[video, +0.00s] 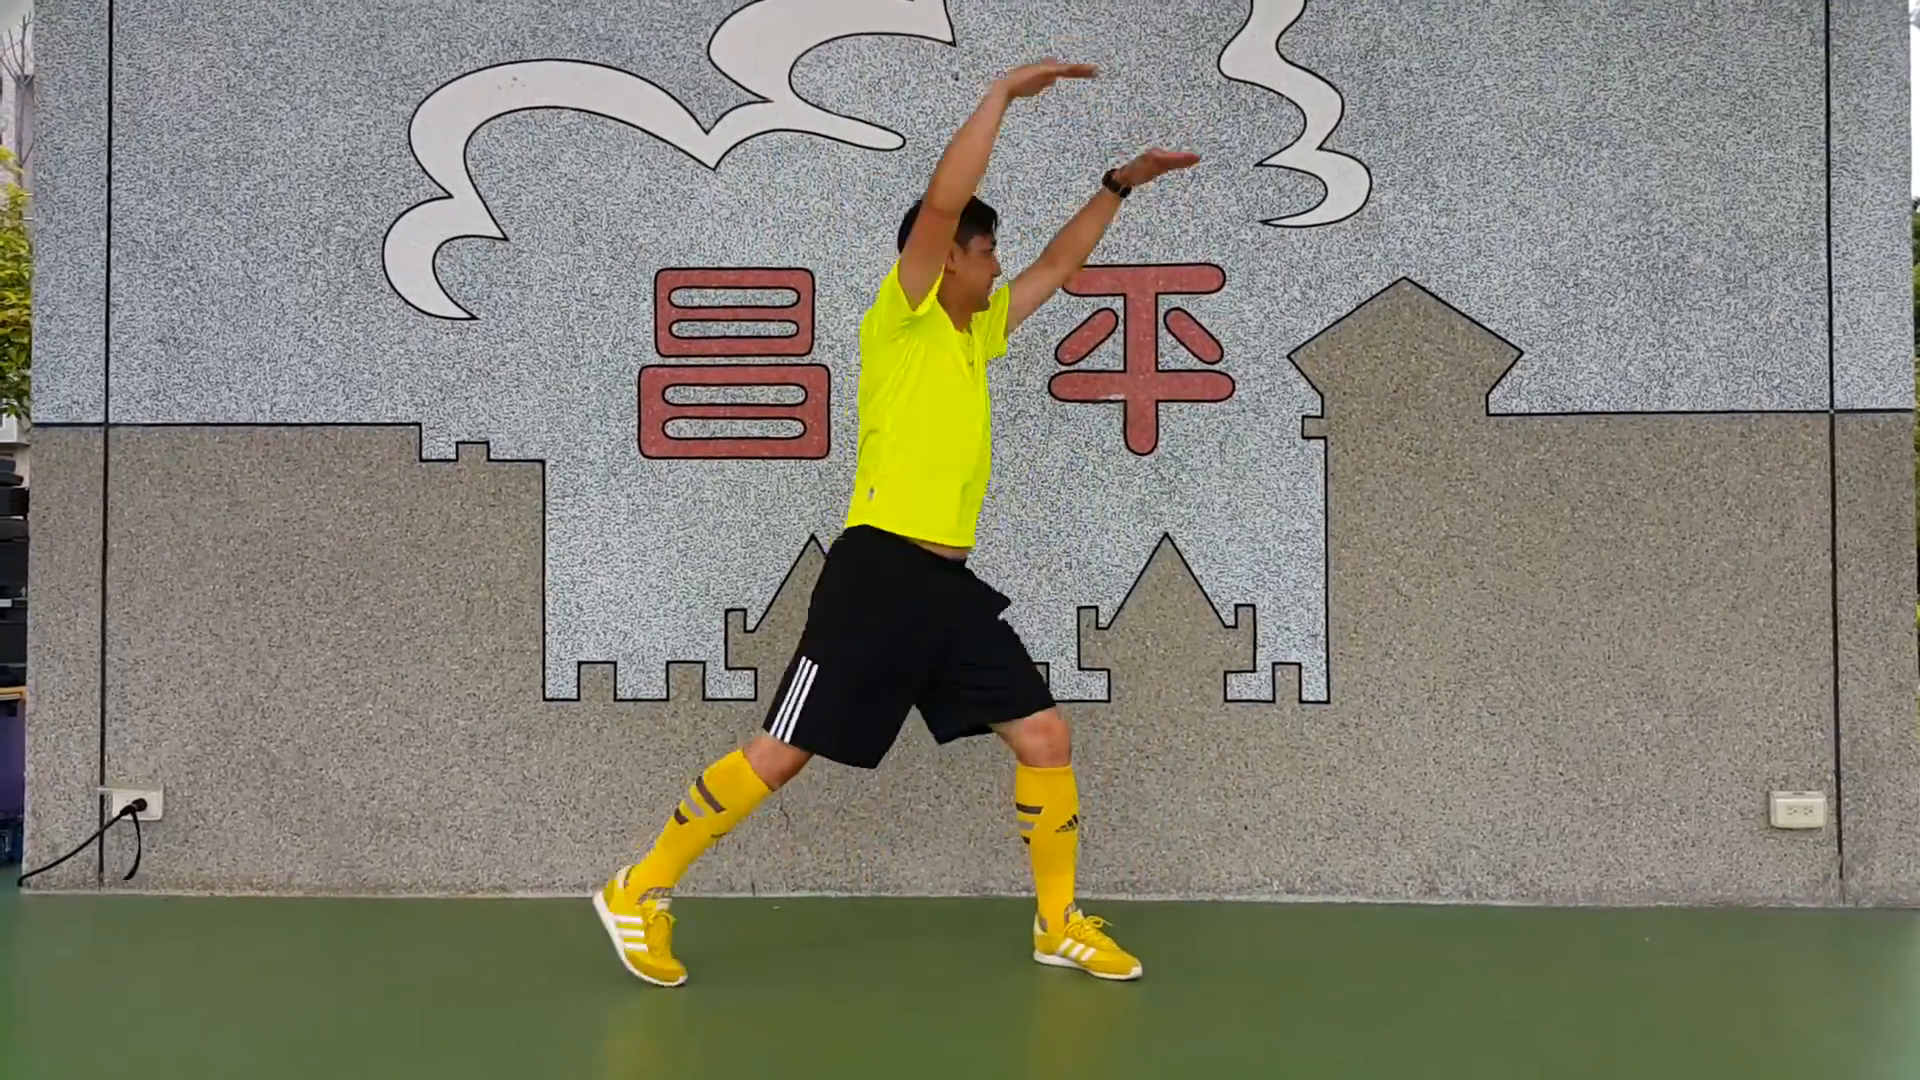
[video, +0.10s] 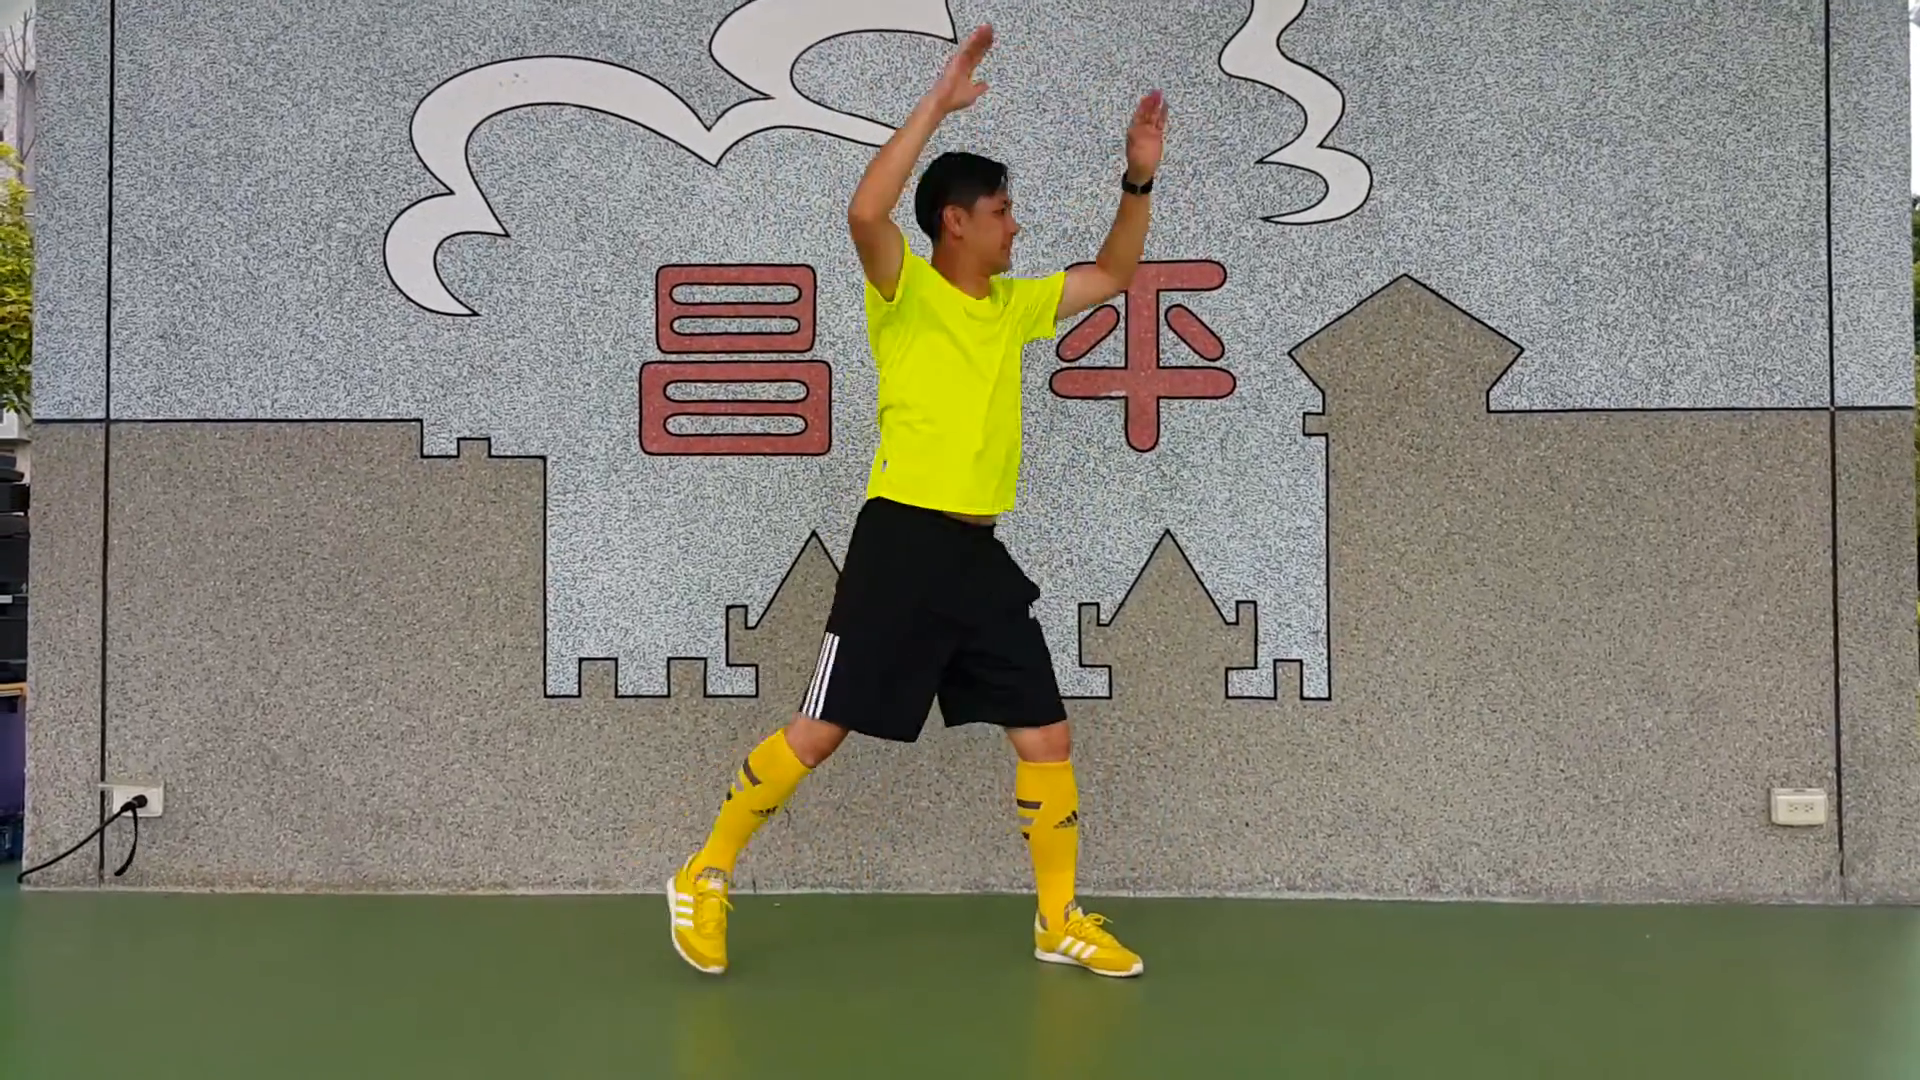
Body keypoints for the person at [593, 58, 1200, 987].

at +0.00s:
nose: (997, 267)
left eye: (996, 255)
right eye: (985, 252)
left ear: (982, 265)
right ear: (942, 254)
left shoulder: (977, 332)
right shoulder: (897, 320)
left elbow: (1051, 269)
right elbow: (942, 209)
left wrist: (1118, 187)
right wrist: (1002, 90)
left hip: (951, 583)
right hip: (874, 571)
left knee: (1044, 740)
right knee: (778, 755)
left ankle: (1059, 925)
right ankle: (637, 891)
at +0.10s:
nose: (1014, 221)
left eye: (1011, 208)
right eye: (999, 209)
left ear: (981, 224)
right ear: (952, 220)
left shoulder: (1015, 304)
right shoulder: (905, 287)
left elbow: (1111, 274)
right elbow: (867, 214)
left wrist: (1140, 179)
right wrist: (937, 105)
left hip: (981, 553)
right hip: (897, 543)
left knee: (1045, 736)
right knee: (822, 728)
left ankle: (1060, 921)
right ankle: (704, 876)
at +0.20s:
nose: (1012, 197)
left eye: (1010, 184)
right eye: (994, 185)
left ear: (1000, 201)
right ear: (948, 204)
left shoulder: (1039, 294)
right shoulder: (901, 283)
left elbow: (1148, 313)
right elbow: (808, 298)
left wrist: (1136, 222)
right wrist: (854, 186)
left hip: (1002, 539)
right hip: (906, 531)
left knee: (1044, 730)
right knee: (848, 721)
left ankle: (1059, 916)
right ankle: (798, 899)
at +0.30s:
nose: (985, 200)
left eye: (992, 186)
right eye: (964, 191)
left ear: (1007, 201)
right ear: (932, 214)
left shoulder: (1051, 302)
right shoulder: (897, 307)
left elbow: (1127, 392)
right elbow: (823, 407)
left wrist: (1125, 318)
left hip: (1016, 546)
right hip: (909, 540)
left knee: (1060, 732)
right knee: (863, 725)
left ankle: (1062, 917)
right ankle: (855, 916)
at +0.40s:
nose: (936, 209)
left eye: (953, 195)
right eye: (927, 200)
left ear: (997, 210)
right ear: (920, 222)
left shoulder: (1044, 305)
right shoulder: (895, 320)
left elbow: (1103, 406)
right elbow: (827, 423)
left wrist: (1059, 333)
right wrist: (790, 347)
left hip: (1022, 550)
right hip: (913, 552)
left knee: (1083, 737)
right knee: (863, 732)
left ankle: (1079, 903)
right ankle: (856, 917)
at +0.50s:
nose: (933, 202)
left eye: (950, 190)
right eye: (937, 190)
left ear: (997, 214)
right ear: (947, 216)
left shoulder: (1039, 294)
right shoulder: (909, 311)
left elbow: (1077, 293)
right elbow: (804, 342)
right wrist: (792, 246)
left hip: (1031, 552)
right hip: (927, 558)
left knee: (1098, 735)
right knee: (873, 734)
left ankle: (1161, 875)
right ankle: (858, 916)